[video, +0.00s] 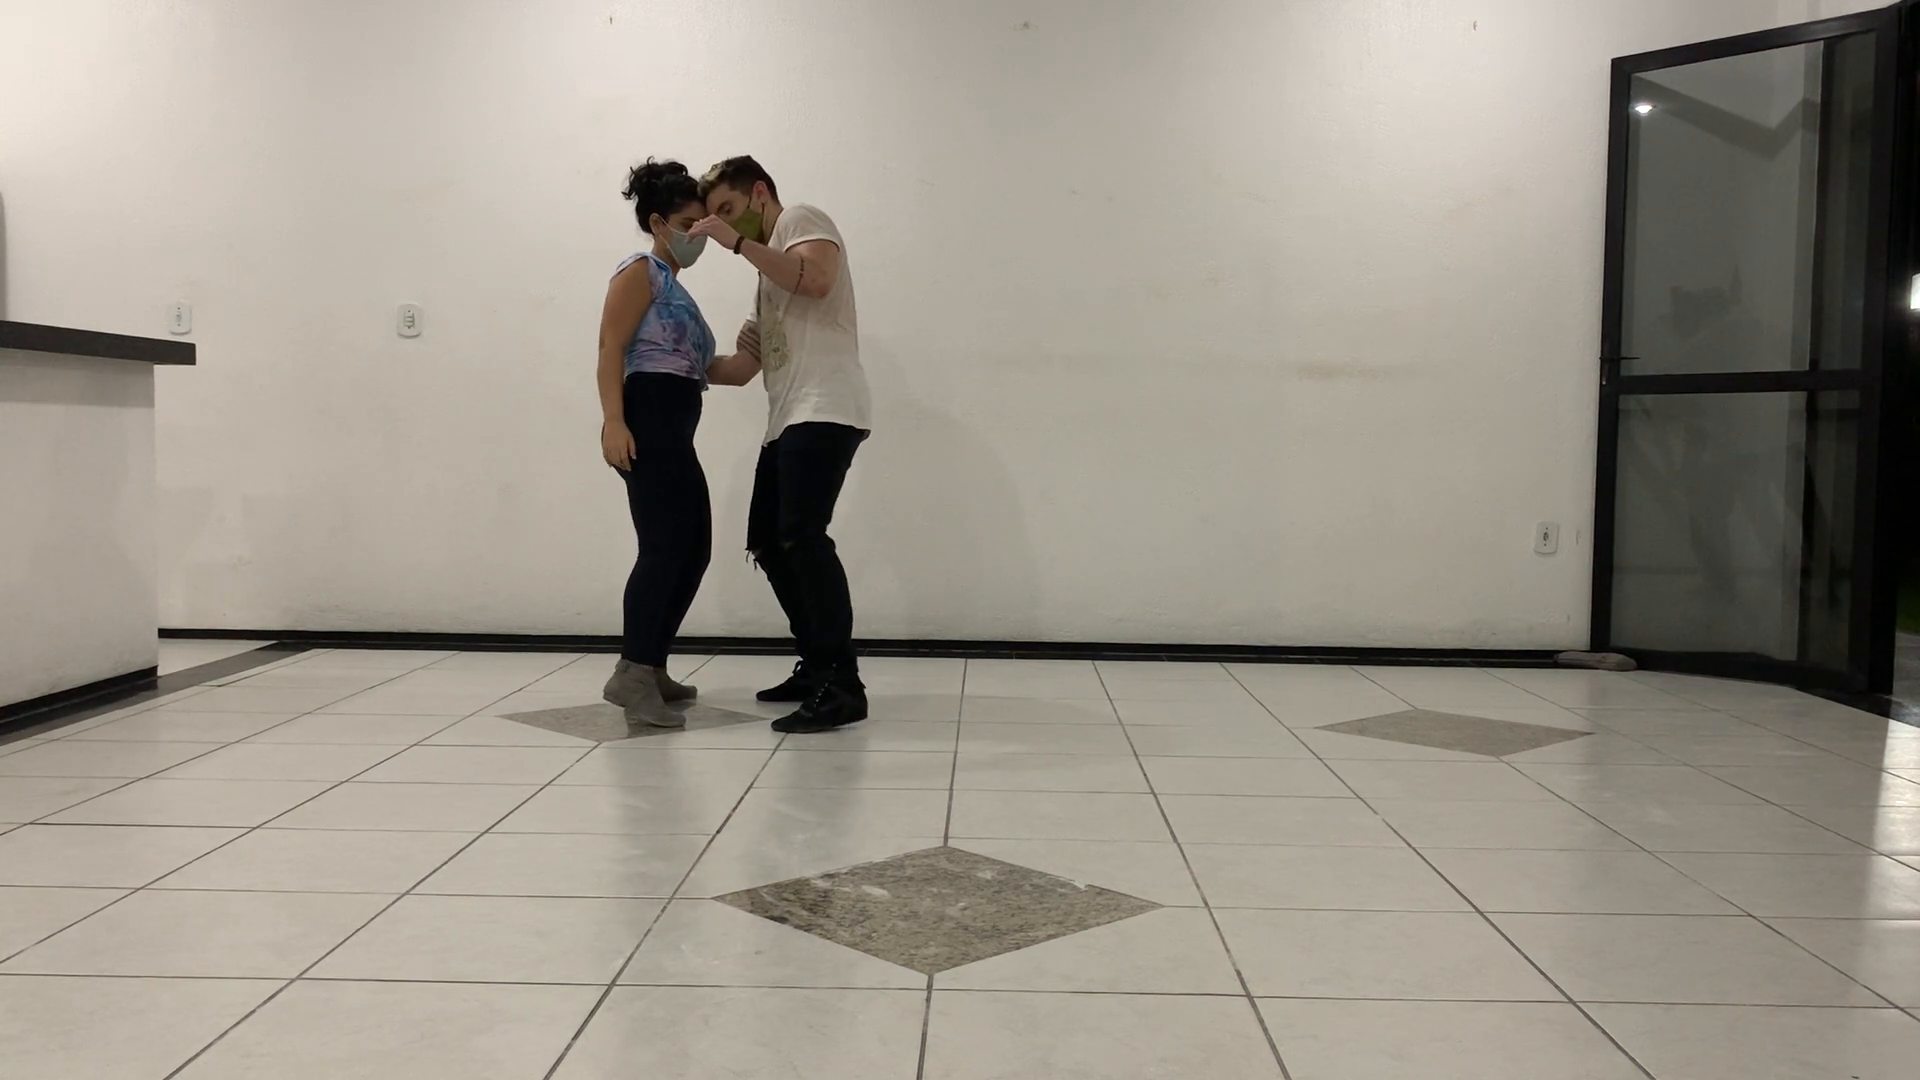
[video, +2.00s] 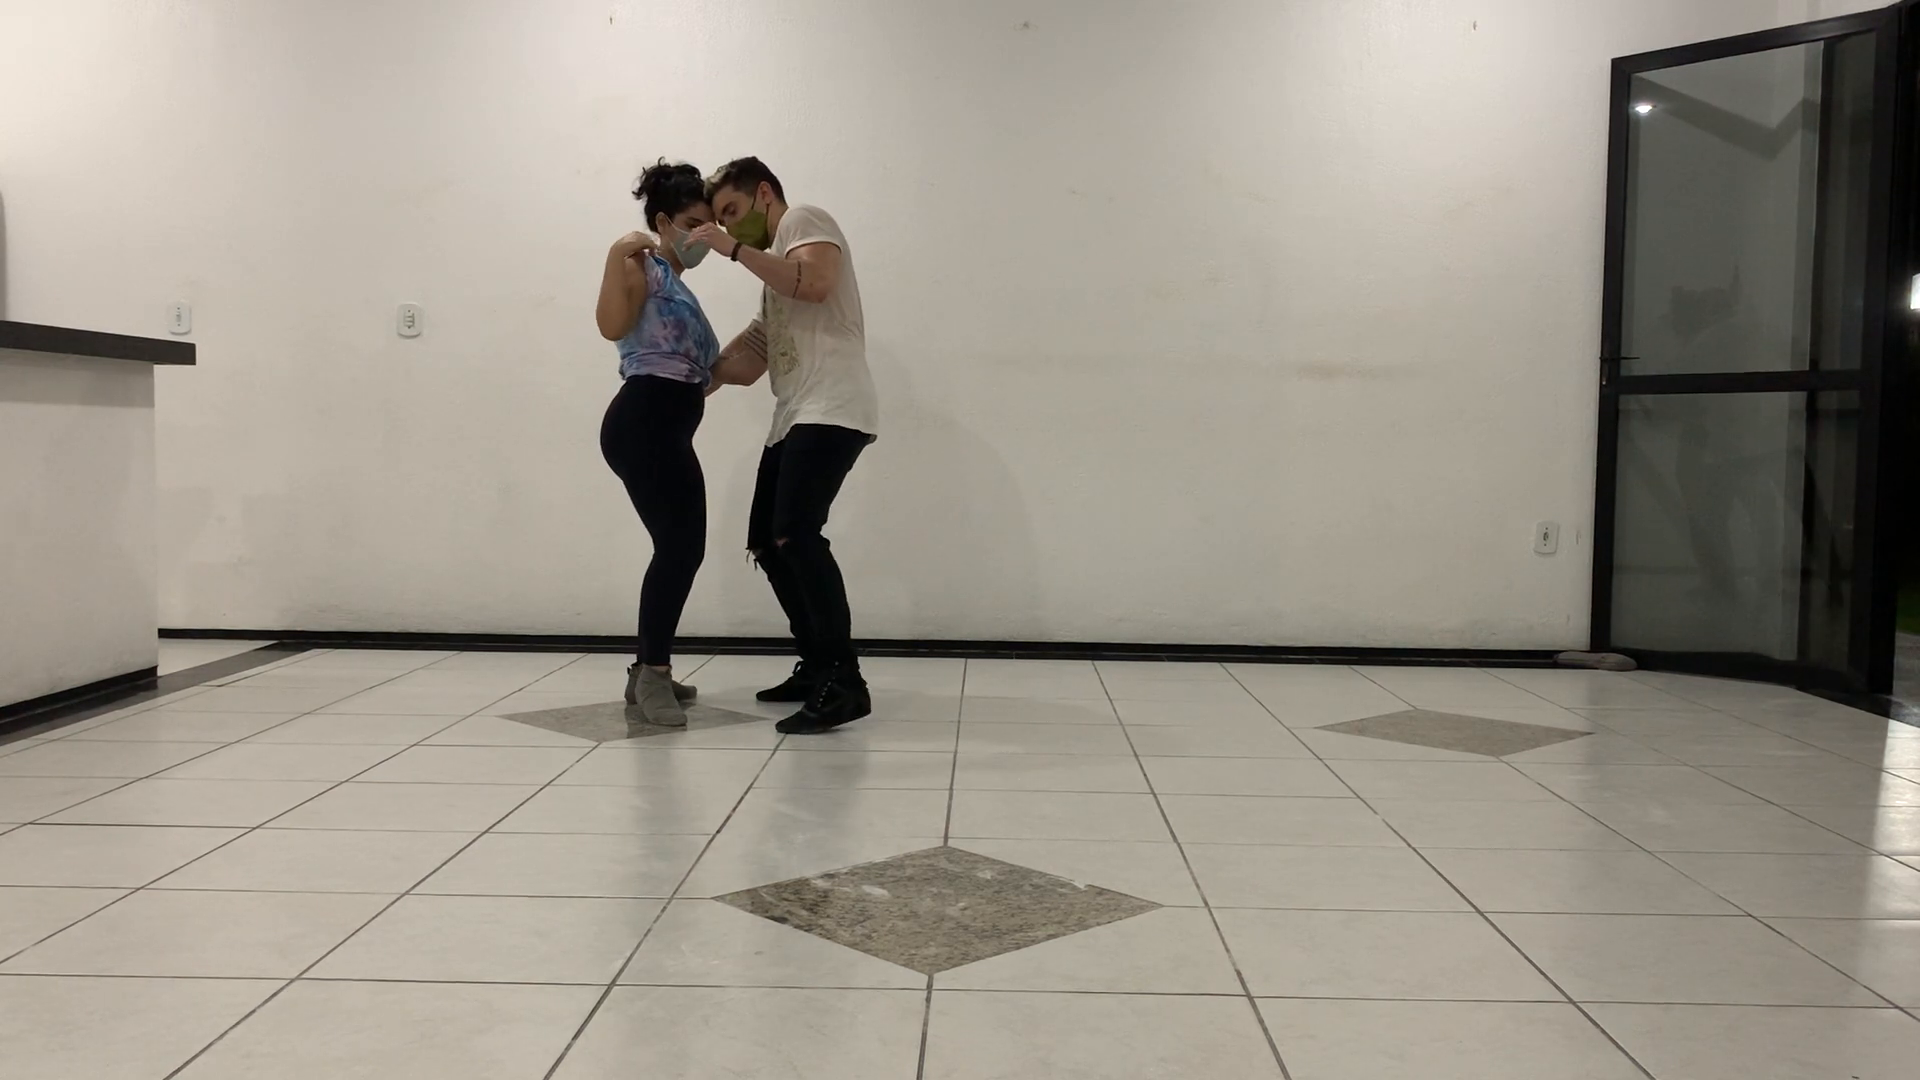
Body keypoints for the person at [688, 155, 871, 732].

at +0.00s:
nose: (726, 228)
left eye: (729, 213)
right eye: (718, 220)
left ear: (762, 193)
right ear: (738, 216)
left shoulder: (803, 219)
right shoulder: (768, 284)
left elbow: (814, 279)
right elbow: (739, 368)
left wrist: (736, 242)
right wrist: (672, 357)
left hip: (826, 408)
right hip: (788, 418)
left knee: (801, 534)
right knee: (767, 540)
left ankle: (842, 687)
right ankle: (817, 668)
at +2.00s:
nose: (730, 231)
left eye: (732, 214)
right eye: (722, 222)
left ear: (766, 194)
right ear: (748, 214)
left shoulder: (808, 220)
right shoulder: (775, 285)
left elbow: (812, 284)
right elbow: (744, 364)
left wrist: (735, 249)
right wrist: (682, 362)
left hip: (834, 406)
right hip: (794, 415)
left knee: (795, 532)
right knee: (767, 541)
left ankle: (845, 682)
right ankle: (816, 665)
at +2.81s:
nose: (722, 195)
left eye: (723, 179)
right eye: (716, 187)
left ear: (755, 160)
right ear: (762, 164)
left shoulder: (790, 199)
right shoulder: (799, 208)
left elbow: (765, 289)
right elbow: (769, 315)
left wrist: (686, 241)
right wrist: (726, 325)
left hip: (832, 396)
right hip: (842, 395)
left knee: (795, 537)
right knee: (819, 535)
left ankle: (823, 699)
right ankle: (817, 669)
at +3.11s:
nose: (718, 195)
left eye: (718, 179)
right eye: (713, 187)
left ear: (747, 155)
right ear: (754, 160)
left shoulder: (795, 192)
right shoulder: (793, 213)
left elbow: (780, 281)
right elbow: (734, 317)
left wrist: (696, 234)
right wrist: (657, 327)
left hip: (850, 394)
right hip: (854, 395)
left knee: (818, 537)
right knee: (838, 538)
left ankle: (825, 696)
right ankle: (820, 683)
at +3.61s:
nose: (689, 204)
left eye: (689, 189)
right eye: (683, 195)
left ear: (720, 165)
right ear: (722, 171)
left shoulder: (780, 196)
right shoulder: (756, 234)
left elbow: (798, 281)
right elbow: (682, 306)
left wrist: (702, 254)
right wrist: (596, 319)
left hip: (860, 396)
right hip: (874, 393)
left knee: (842, 551)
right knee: (895, 540)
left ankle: (824, 701)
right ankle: (928, 690)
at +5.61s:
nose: (666, 123)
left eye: (679, 112)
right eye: (668, 112)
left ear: (719, 123)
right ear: (701, 125)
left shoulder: (768, 201)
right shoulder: (661, 220)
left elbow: (813, 298)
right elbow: (596, 286)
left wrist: (736, 302)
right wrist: (521, 328)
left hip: (766, 406)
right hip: (692, 416)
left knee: (796, 550)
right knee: (680, 553)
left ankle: (815, 697)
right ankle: (649, 688)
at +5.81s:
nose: (645, 127)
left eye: (658, 115)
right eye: (648, 116)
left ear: (702, 124)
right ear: (688, 126)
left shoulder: (753, 199)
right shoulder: (649, 221)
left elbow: (793, 295)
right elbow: (597, 296)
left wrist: (715, 287)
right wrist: (522, 319)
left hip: (760, 406)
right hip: (685, 414)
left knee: (791, 550)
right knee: (668, 551)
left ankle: (814, 697)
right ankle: (649, 688)